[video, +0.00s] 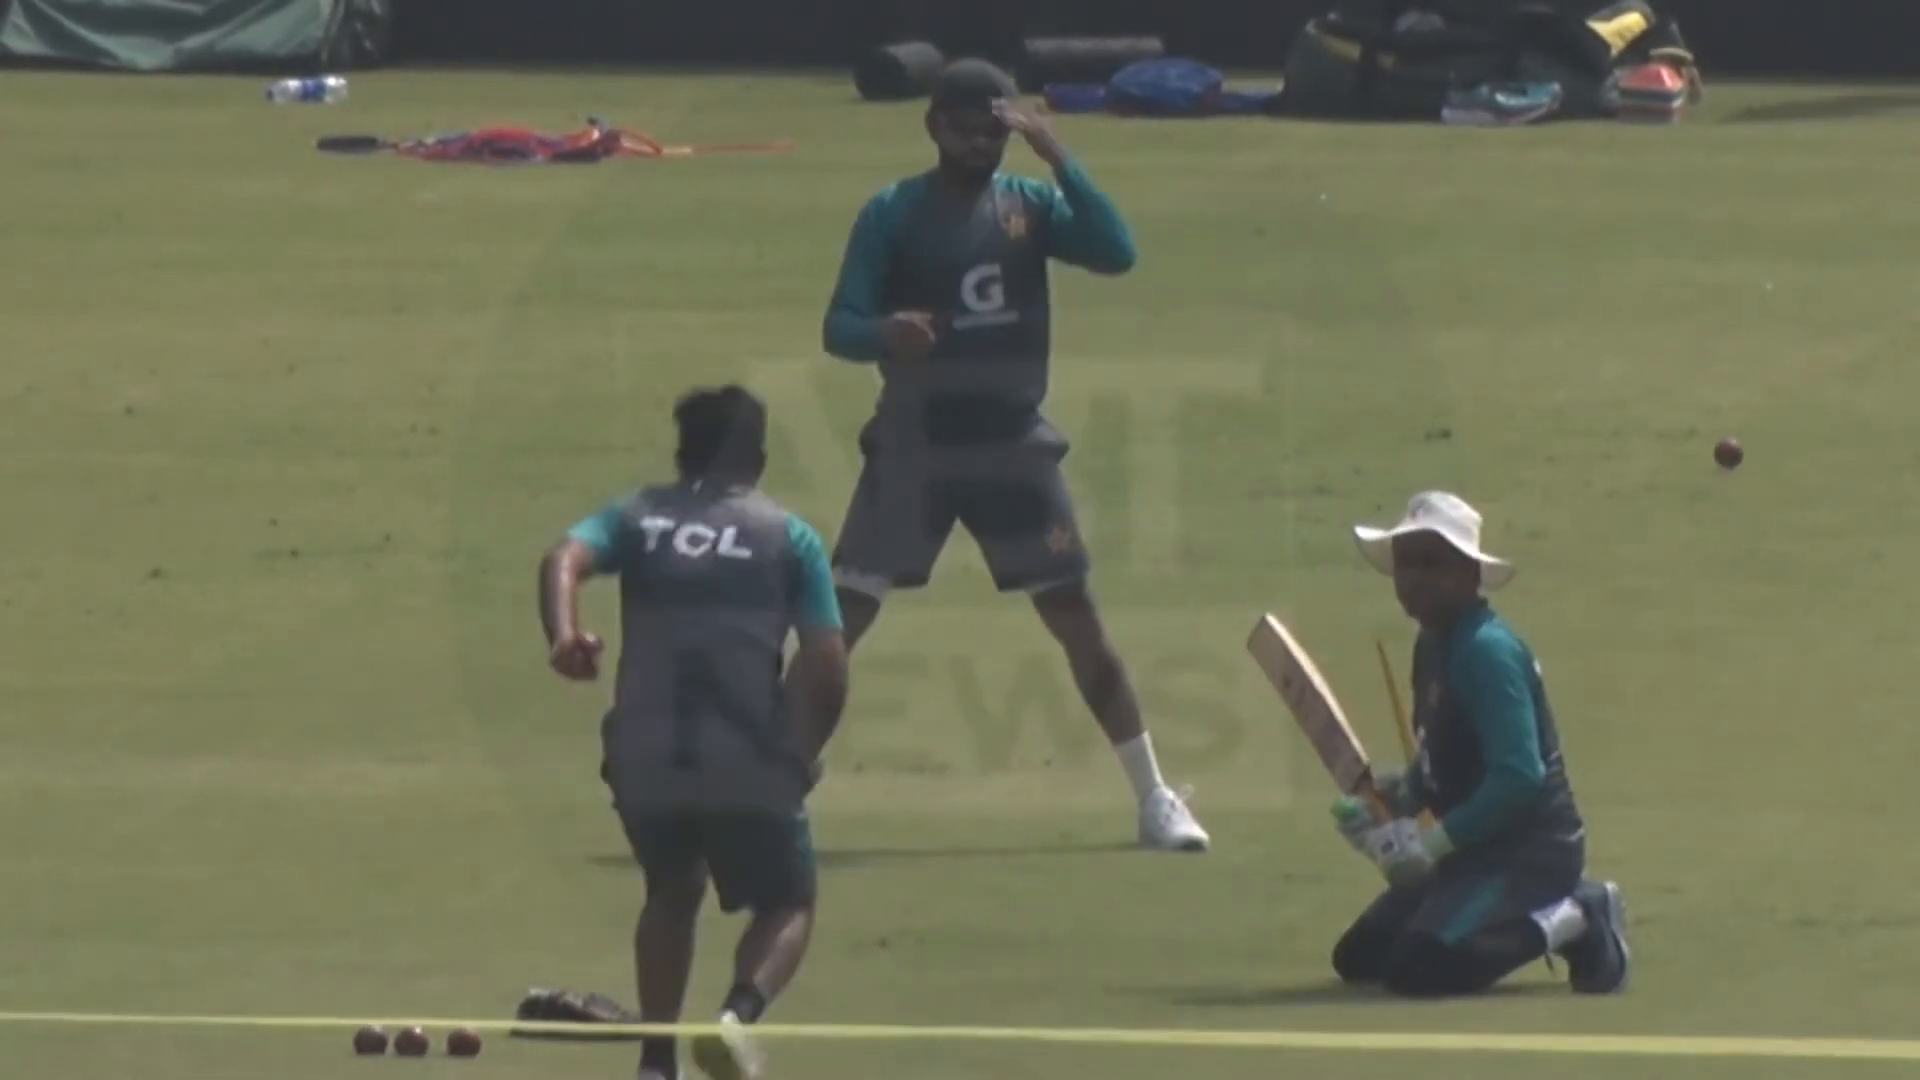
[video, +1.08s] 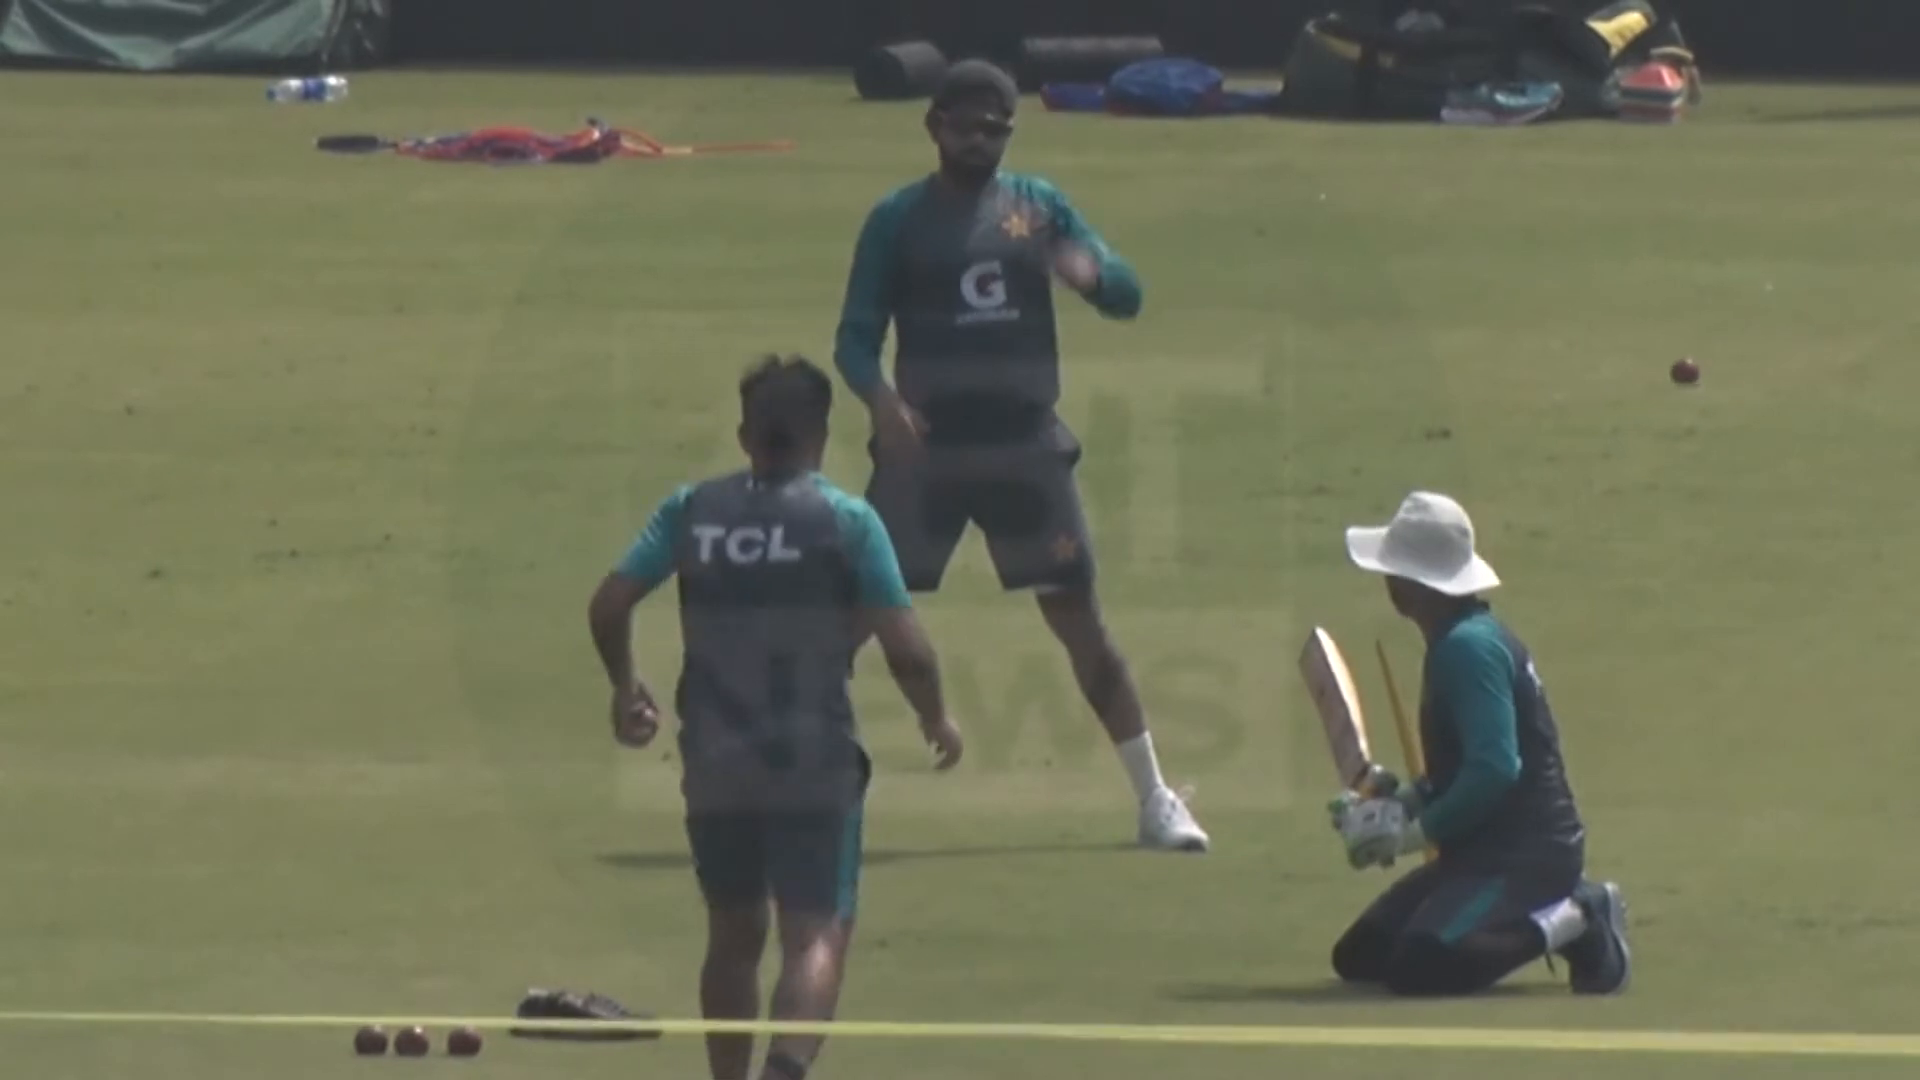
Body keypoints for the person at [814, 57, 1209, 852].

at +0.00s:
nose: (980, 136)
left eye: (992, 122)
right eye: (964, 121)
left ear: (1011, 130)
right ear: (934, 124)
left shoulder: (1028, 206)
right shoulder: (889, 216)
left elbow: (1115, 253)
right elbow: (840, 331)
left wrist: (1059, 157)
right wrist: (882, 337)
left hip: (1011, 446)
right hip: (910, 450)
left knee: (1076, 619)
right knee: (835, 629)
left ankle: (1155, 799)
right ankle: (772, 799)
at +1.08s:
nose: (979, 143)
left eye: (993, 130)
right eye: (965, 129)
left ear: (1011, 135)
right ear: (934, 127)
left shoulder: (1037, 206)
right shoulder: (895, 222)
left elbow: (1126, 297)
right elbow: (853, 342)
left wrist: (1078, 267)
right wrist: (880, 401)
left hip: (1022, 442)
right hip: (923, 446)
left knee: (1080, 623)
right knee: (849, 615)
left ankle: (1155, 798)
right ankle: (778, 772)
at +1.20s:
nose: (979, 141)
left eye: (993, 128)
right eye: (963, 128)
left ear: (1012, 132)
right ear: (934, 128)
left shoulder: (1042, 212)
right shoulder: (895, 222)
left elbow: (1099, 313)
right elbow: (852, 344)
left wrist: (1091, 372)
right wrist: (884, 415)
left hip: (1023, 440)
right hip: (923, 445)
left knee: (1079, 620)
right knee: (856, 610)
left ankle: (1155, 798)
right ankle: (800, 788)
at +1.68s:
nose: (1005, 182)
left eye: (1017, 168)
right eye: (989, 168)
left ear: (1033, 168)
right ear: (955, 166)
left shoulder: (1059, 238)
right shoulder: (906, 243)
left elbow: (1097, 333)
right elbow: (841, 338)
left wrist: (1065, 425)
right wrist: (877, 431)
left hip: (1012, 448)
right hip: (914, 447)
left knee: (1082, 613)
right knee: (841, 600)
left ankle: (1157, 798)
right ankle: (809, 787)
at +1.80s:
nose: (1004, 265)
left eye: (1018, 251)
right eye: (990, 250)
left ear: (1038, 249)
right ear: (961, 245)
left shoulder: (1066, 304)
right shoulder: (908, 308)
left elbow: (1106, 389)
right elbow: (841, 395)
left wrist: (1067, 480)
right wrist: (883, 484)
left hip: (1011, 474)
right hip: (909, 467)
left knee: (1098, 609)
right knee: (840, 601)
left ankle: (1159, 797)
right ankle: (817, 786)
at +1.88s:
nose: (1003, 321)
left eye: (1018, 307)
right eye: (989, 306)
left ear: (1038, 306)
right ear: (963, 300)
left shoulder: (1064, 355)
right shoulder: (911, 356)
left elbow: (1099, 448)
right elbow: (850, 454)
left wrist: (1062, 541)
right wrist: (894, 547)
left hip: (1012, 494)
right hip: (906, 492)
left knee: (1109, 613)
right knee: (835, 607)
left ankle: (1159, 797)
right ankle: (811, 788)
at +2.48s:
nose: (1000, 429)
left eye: (1014, 414)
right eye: (985, 415)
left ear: (1031, 407)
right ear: (958, 404)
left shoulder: (1056, 446)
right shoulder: (904, 449)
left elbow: (1077, 547)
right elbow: (855, 556)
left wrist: (1047, 640)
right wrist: (914, 634)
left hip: (1006, 545)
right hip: (907, 550)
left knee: (1113, 620)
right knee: (831, 623)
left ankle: (1159, 801)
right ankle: (811, 783)